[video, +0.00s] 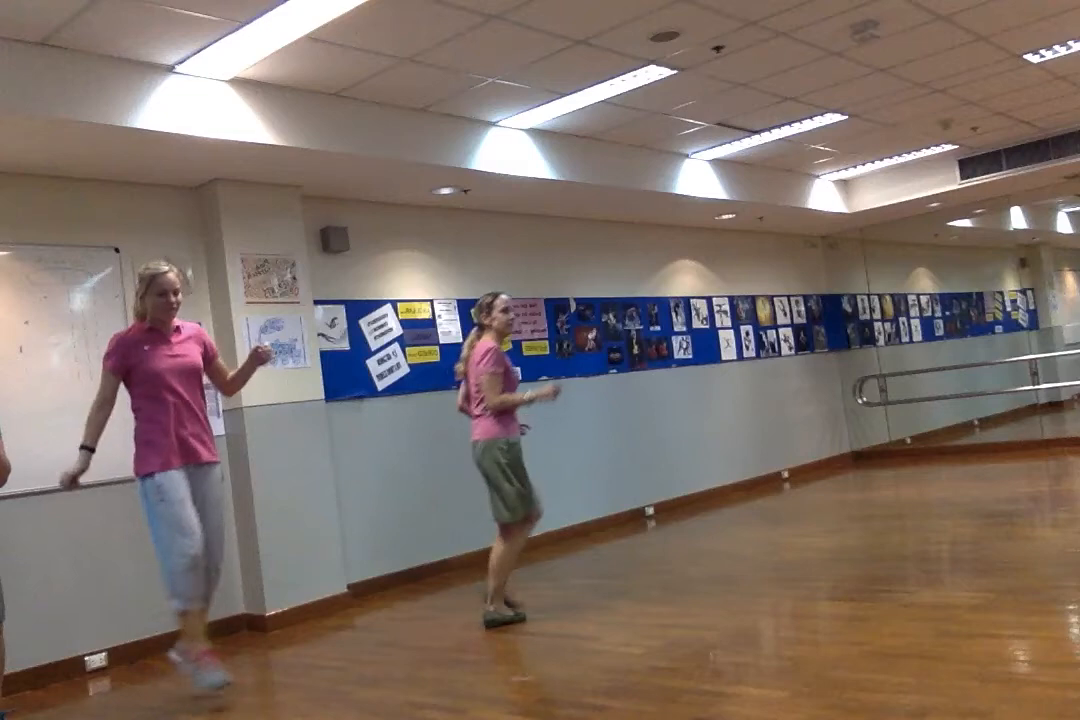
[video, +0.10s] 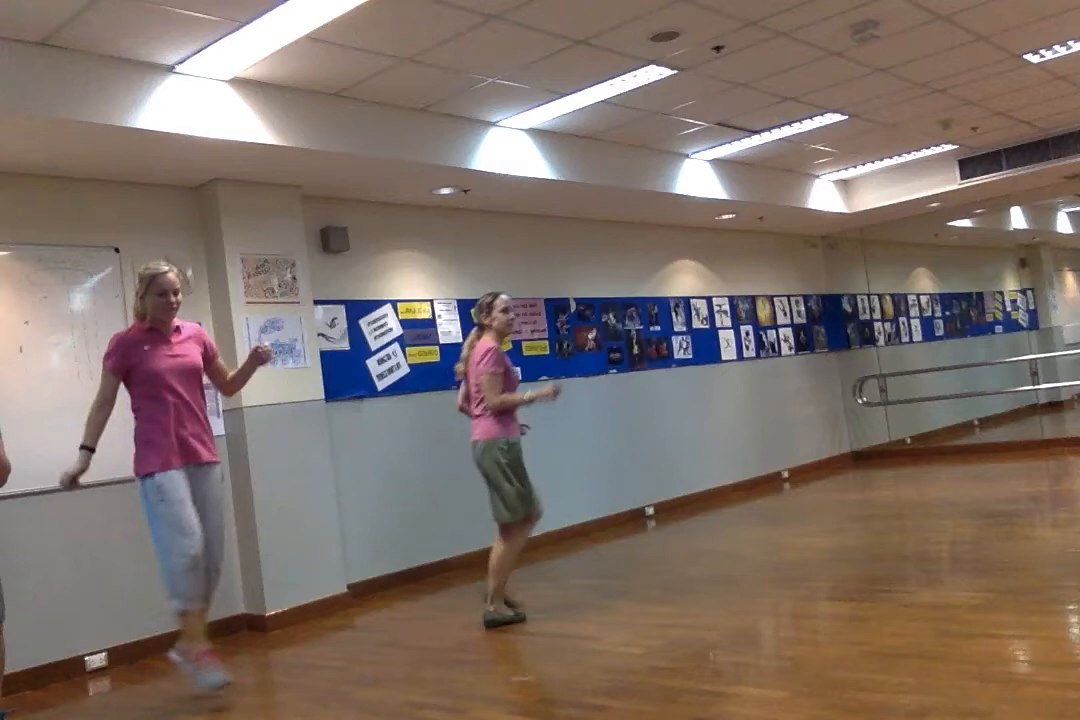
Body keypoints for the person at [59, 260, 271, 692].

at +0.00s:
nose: (171, 300)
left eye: (176, 293)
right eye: (162, 294)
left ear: (182, 296)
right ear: (142, 298)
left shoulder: (195, 334)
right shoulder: (126, 344)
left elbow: (228, 386)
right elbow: (103, 403)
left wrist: (252, 363)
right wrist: (83, 459)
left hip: (203, 453)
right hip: (159, 459)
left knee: (212, 551)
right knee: (190, 548)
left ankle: (189, 644)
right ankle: (196, 651)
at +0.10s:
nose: (171, 300)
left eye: (176, 293)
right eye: (162, 294)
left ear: (182, 296)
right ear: (142, 298)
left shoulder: (195, 334)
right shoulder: (126, 344)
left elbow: (228, 386)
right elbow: (103, 403)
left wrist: (252, 363)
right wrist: (83, 459)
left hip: (203, 453)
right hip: (159, 459)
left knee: (212, 551)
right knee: (190, 548)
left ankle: (189, 644)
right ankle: (196, 651)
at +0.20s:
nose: (171, 300)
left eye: (176, 293)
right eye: (162, 294)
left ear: (182, 296)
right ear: (142, 298)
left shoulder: (195, 334)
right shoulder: (126, 344)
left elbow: (228, 386)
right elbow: (103, 403)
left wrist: (252, 363)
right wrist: (83, 459)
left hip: (203, 453)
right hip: (159, 459)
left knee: (212, 551)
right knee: (190, 548)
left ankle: (189, 644)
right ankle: (196, 651)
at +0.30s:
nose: (171, 300)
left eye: (176, 293)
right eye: (162, 294)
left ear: (182, 296)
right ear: (142, 298)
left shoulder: (195, 334)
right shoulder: (126, 344)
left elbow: (228, 386)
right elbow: (103, 403)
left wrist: (252, 363)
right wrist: (83, 459)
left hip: (203, 453)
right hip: (159, 459)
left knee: (212, 551)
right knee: (190, 548)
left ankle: (189, 644)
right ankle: (196, 651)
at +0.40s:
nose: (171, 300)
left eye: (176, 293)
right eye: (162, 294)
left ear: (182, 296)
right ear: (142, 298)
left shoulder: (195, 334)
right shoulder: (126, 344)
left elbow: (228, 386)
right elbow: (103, 403)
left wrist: (252, 363)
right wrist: (83, 459)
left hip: (203, 453)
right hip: (159, 459)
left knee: (212, 551)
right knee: (190, 548)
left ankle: (189, 644)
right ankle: (196, 651)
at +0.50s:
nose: (171, 300)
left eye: (176, 293)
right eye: (162, 294)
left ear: (182, 296)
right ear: (142, 298)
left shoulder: (195, 334)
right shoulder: (126, 344)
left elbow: (228, 386)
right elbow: (103, 403)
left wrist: (252, 363)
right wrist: (83, 459)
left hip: (203, 453)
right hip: (159, 459)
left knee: (212, 551)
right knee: (190, 548)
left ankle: (189, 644)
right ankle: (196, 651)